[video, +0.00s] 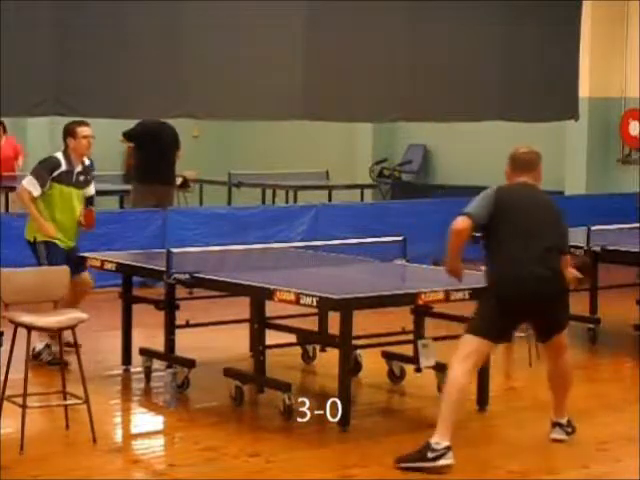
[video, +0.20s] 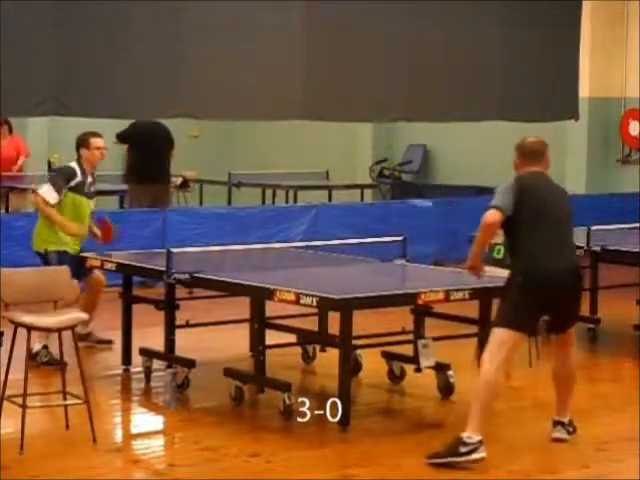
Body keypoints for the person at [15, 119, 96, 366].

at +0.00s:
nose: (89, 143)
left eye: (90, 138)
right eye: (84, 138)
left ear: (88, 142)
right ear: (70, 141)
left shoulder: (87, 168)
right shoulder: (52, 164)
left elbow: (89, 201)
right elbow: (23, 192)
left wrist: (87, 219)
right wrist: (41, 223)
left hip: (68, 238)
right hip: (45, 237)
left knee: (83, 284)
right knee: (57, 290)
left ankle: (57, 331)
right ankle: (47, 344)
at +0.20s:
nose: (102, 154)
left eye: (103, 150)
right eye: (98, 149)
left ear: (98, 153)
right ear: (83, 151)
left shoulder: (90, 178)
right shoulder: (67, 173)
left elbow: (81, 214)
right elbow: (40, 199)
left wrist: (94, 230)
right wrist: (69, 226)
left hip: (74, 246)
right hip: (53, 246)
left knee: (97, 280)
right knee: (54, 295)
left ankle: (83, 329)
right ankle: (40, 346)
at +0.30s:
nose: (109, 162)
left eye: (110, 158)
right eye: (105, 157)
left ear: (95, 162)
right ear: (91, 159)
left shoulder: (84, 182)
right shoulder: (82, 181)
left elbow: (77, 223)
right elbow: (75, 210)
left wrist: (95, 241)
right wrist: (105, 227)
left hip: (71, 250)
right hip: (57, 251)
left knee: (99, 281)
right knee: (76, 297)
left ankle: (85, 329)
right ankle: (42, 346)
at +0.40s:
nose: (112, 168)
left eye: (112, 163)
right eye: (108, 162)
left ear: (92, 165)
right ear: (94, 163)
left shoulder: (71, 181)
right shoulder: (95, 183)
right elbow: (101, 209)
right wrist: (129, 224)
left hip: (48, 250)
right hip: (66, 253)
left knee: (98, 280)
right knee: (83, 299)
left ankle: (86, 329)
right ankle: (41, 346)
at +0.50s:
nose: (114, 173)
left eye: (115, 169)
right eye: (111, 168)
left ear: (92, 169)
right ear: (97, 167)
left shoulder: (70, 183)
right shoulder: (103, 185)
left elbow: (44, 213)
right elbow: (125, 205)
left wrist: (57, 231)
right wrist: (152, 225)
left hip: (50, 249)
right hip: (70, 252)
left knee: (98, 277)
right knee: (78, 302)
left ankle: (86, 329)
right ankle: (41, 347)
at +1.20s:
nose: (84, 130)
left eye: (85, 126)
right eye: (78, 127)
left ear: (88, 129)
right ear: (66, 130)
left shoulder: (93, 156)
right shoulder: (51, 156)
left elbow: (120, 172)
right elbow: (26, 184)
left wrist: (130, 159)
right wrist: (26, 216)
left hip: (83, 230)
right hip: (55, 230)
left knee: (103, 277)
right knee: (54, 285)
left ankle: (96, 327)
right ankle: (37, 336)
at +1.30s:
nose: (88, 137)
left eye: (89, 133)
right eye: (82, 133)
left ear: (90, 137)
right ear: (69, 137)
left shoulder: (89, 164)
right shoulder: (57, 159)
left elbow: (94, 191)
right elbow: (36, 195)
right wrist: (55, 223)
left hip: (74, 234)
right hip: (51, 233)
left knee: (99, 269)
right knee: (52, 285)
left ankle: (89, 320)